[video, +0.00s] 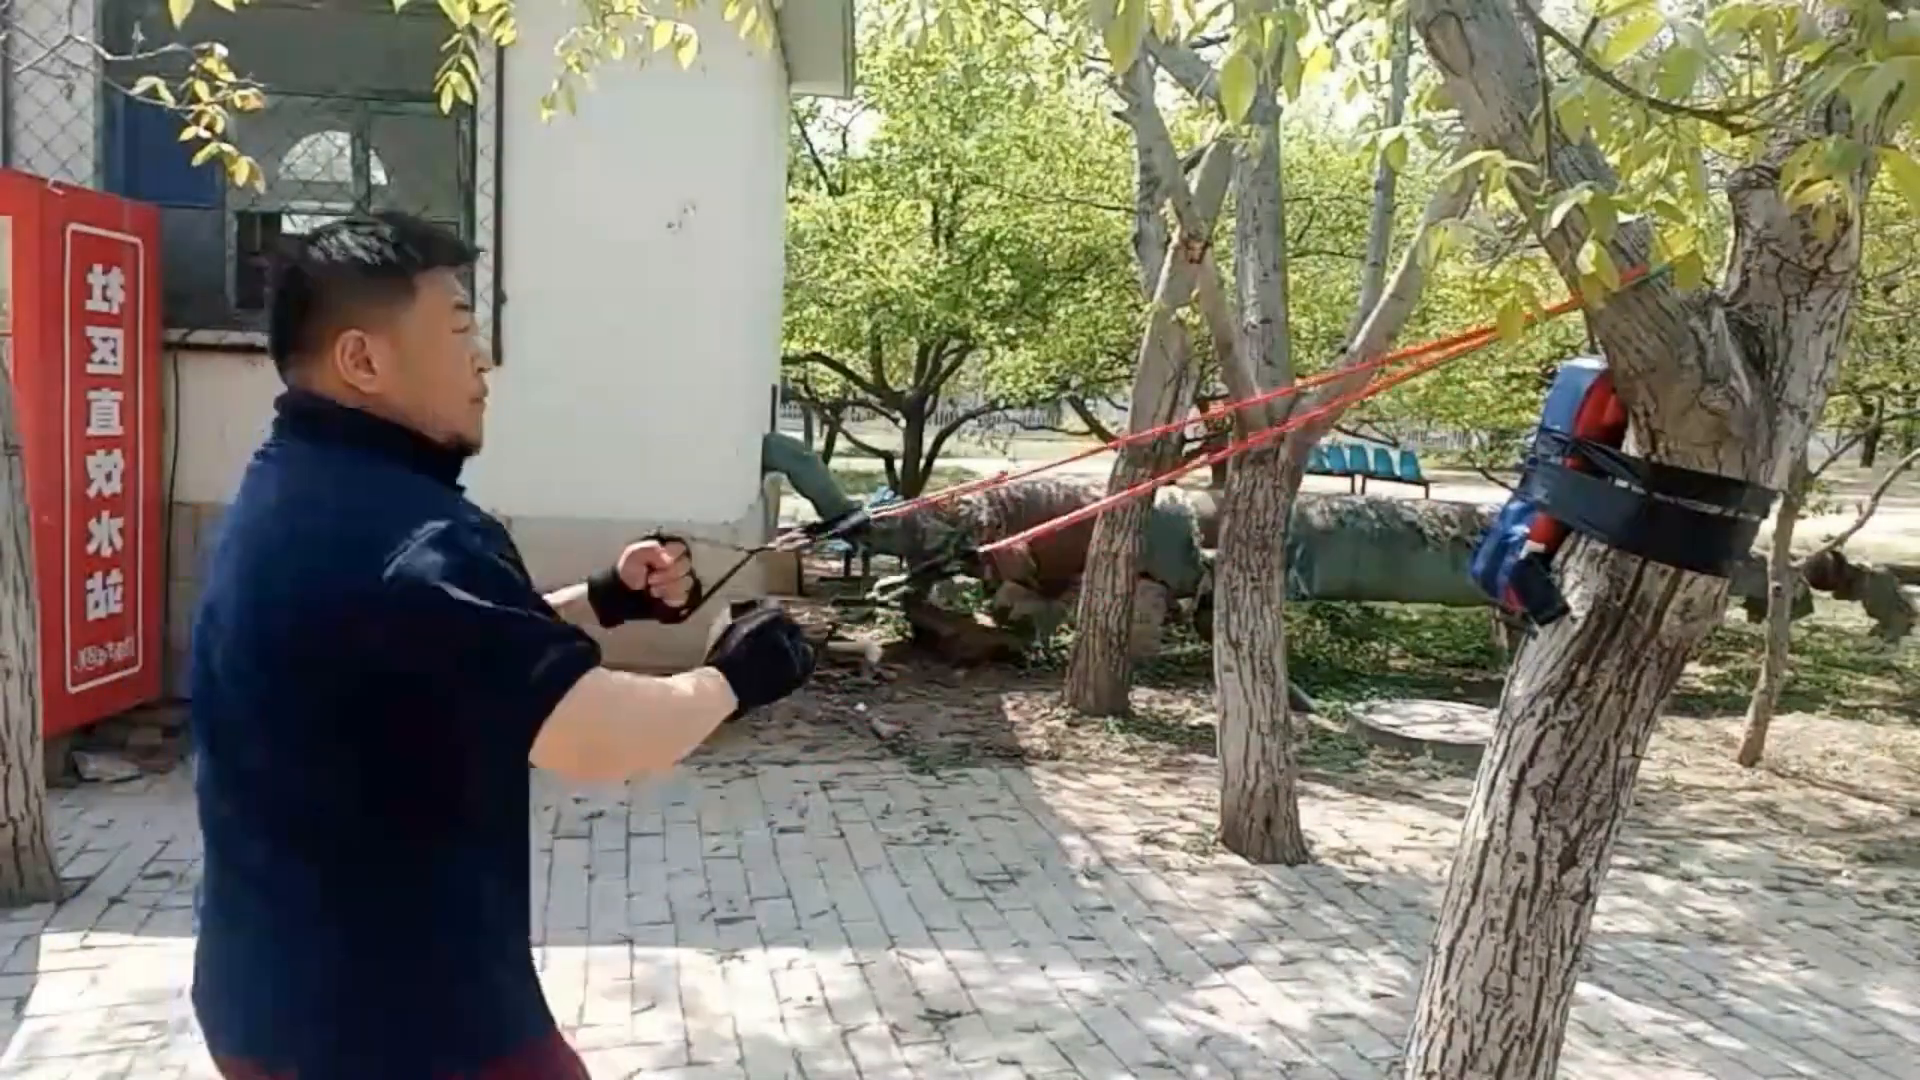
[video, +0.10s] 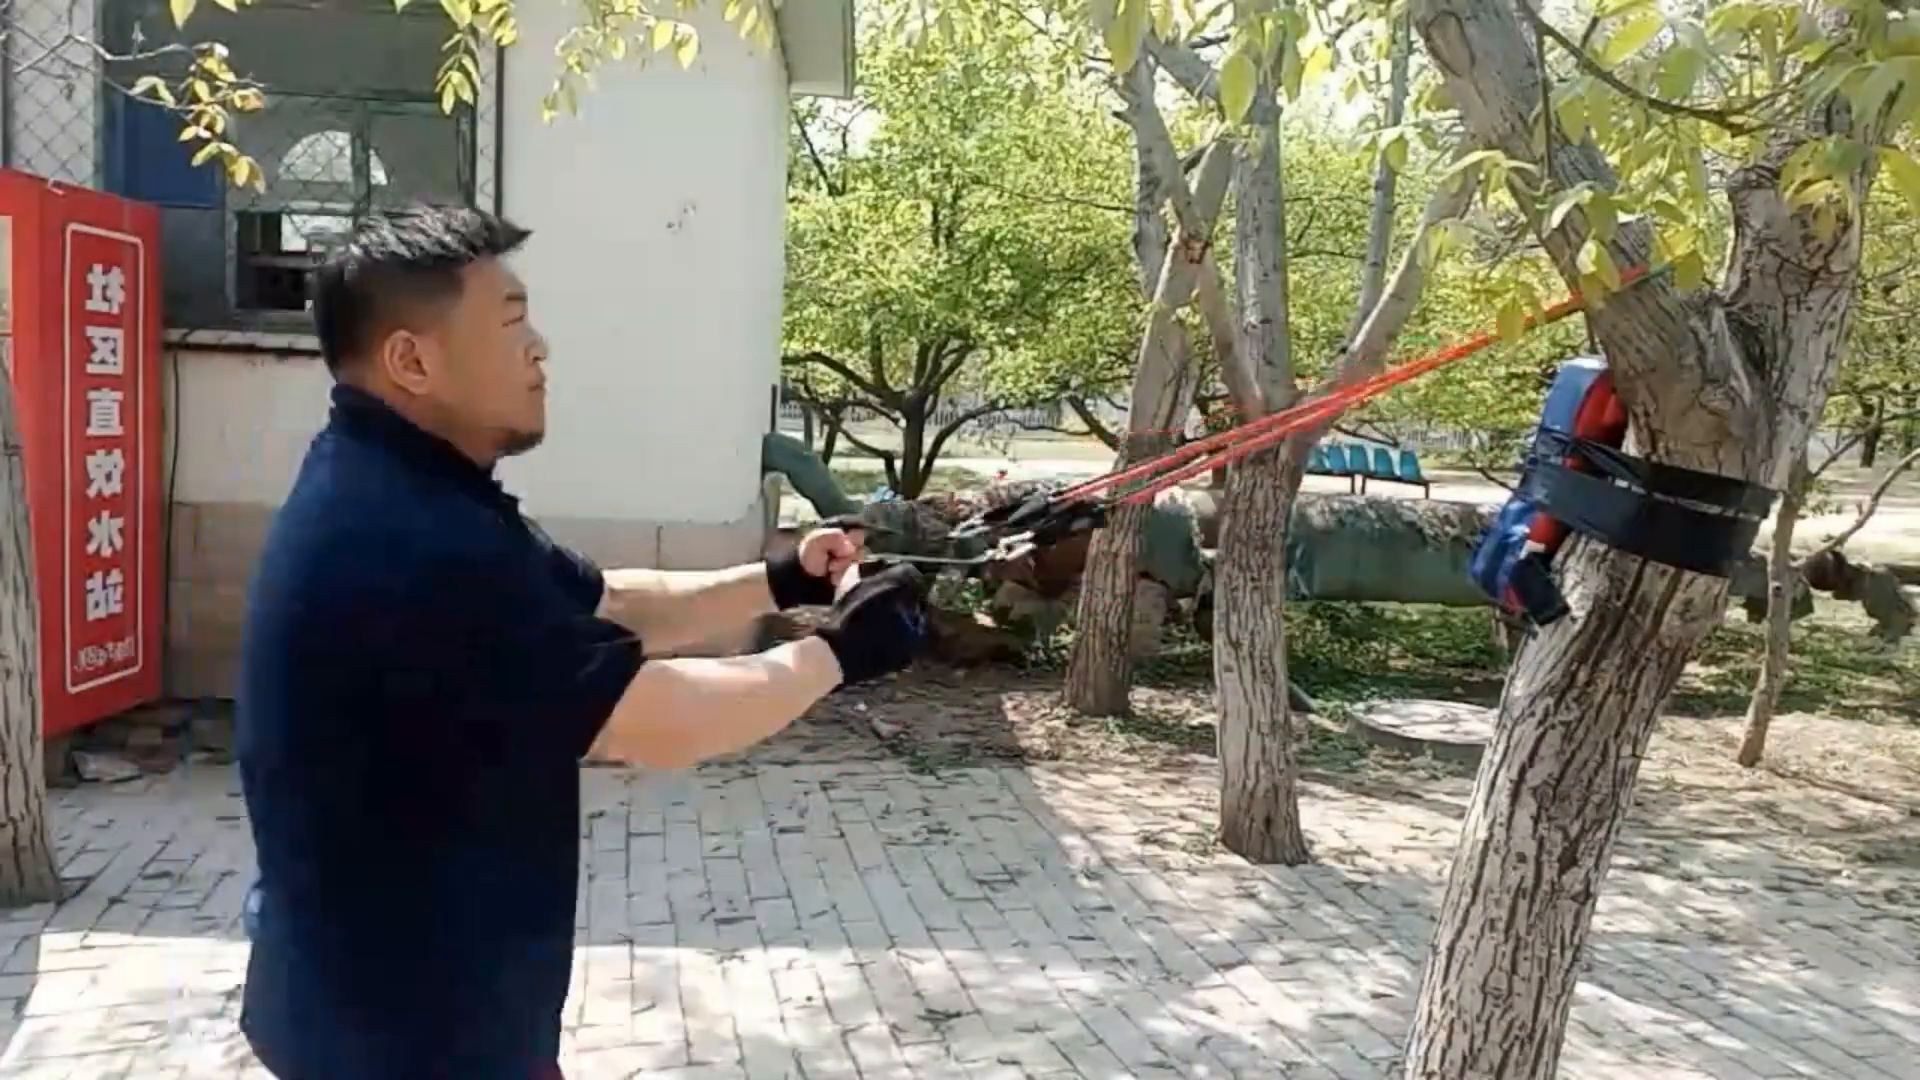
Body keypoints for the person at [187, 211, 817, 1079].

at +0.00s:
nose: (485, 357)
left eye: (470, 326)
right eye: (459, 326)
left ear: (357, 366)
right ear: (363, 362)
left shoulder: (290, 491)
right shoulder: (412, 539)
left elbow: (444, 648)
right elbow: (592, 736)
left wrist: (605, 601)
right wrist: (736, 681)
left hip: (268, 1005)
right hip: (422, 1030)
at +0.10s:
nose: (540, 344)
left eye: (525, 315)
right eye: (511, 318)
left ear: (412, 368)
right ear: (412, 363)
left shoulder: (402, 493)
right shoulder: (420, 542)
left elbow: (599, 609)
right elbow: (659, 723)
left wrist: (775, 582)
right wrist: (836, 653)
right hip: (420, 1042)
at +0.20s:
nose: (568, 350)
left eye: (554, 320)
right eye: (540, 326)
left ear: (443, 373)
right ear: (442, 370)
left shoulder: (450, 495)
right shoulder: (434, 540)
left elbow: (663, 583)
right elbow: (703, 683)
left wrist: (859, 572)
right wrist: (920, 643)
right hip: (422, 1046)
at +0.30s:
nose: (614, 355)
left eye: (601, 329)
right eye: (589, 332)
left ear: (490, 375)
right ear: (488, 372)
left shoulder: (497, 494)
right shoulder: (466, 531)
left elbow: (703, 579)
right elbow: (749, 647)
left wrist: (905, 562)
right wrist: (954, 617)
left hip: (504, 973)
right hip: (439, 1021)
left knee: (634, 1067)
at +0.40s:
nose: (655, 369)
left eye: (644, 339)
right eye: (630, 343)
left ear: (533, 386)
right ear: (530, 383)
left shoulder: (547, 497)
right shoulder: (490, 529)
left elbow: (739, 587)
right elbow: (754, 637)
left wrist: (940, 570)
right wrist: (969, 609)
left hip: (582, 995)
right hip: (489, 1027)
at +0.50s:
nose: (709, 403)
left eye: (696, 373)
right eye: (679, 379)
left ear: (585, 425)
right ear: (576, 423)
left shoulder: (643, 541)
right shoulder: (529, 558)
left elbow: (779, 641)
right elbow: (788, 665)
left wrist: (957, 628)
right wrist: (979, 640)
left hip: (607, 974)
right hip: (471, 1007)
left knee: (700, 1069)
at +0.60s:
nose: (723, 462)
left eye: (726, 434)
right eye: (693, 438)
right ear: (586, 465)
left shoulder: (642, 571)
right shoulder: (551, 588)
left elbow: (767, 689)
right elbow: (789, 726)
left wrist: (925, 666)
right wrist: (978, 708)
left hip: (614, 971)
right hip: (481, 1017)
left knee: (734, 1070)